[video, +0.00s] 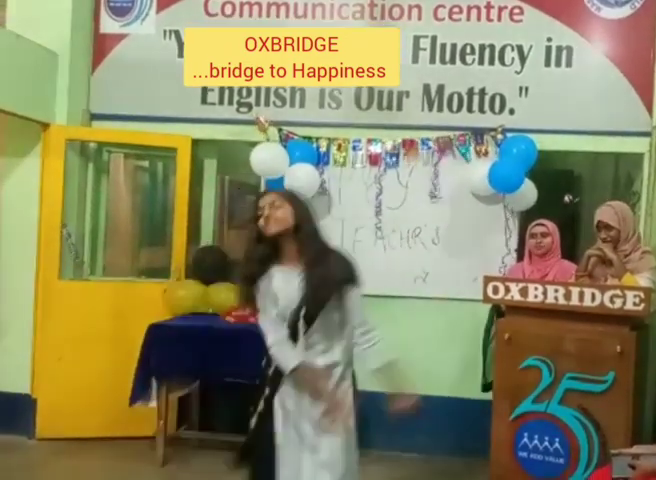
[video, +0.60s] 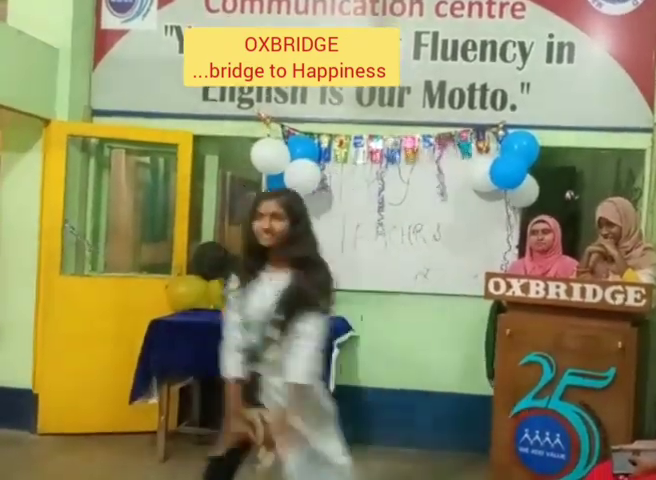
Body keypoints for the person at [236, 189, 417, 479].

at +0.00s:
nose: (266, 214)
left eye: (275, 206)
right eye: (262, 210)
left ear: (298, 213)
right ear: (259, 222)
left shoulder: (335, 266)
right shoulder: (266, 277)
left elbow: (360, 331)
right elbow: (273, 335)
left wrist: (394, 384)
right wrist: (304, 373)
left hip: (332, 387)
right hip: (287, 388)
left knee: (330, 468)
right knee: (288, 468)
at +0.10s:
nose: (284, 199)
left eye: (293, 191)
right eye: (281, 194)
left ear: (317, 196)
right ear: (279, 205)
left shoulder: (347, 250)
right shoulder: (277, 252)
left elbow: (396, 284)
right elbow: (278, 317)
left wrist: (433, 309)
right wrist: (336, 326)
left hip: (343, 375)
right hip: (297, 377)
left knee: (363, 462)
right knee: (308, 466)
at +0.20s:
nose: (309, 197)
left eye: (319, 190)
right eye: (302, 191)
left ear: (337, 199)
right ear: (295, 202)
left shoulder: (352, 248)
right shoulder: (283, 249)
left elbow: (403, 264)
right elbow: (275, 304)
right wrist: (331, 279)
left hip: (352, 381)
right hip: (304, 382)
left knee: (385, 462)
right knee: (316, 470)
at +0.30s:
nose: (311, 200)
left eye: (321, 193)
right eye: (304, 193)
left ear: (339, 202)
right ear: (296, 201)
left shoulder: (356, 249)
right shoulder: (281, 254)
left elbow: (419, 274)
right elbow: (273, 310)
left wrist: (435, 240)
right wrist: (324, 272)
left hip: (352, 388)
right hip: (299, 387)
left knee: (387, 464)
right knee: (292, 470)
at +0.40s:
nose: (296, 214)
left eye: (308, 206)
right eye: (290, 206)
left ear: (327, 215)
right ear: (283, 214)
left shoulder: (350, 263)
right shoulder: (278, 273)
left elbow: (404, 309)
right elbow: (269, 342)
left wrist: (425, 292)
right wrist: (301, 338)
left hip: (349, 396)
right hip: (294, 395)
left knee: (378, 470)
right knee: (267, 469)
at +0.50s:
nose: (283, 231)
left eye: (293, 223)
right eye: (276, 223)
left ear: (311, 230)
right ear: (268, 231)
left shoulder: (337, 281)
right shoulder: (268, 289)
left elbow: (354, 338)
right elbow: (261, 352)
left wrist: (372, 370)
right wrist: (272, 387)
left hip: (338, 399)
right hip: (290, 401)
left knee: (359, 470)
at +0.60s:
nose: (266, 226)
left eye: (276, 218)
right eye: (260, 217)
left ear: (295, 225)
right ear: (251, 223)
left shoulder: (310, 276)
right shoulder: (244, 273)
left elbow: (307, 343)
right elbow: (232, 338)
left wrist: (289, 411)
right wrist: (234, 410)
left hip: (298, 392)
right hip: (253, 392)